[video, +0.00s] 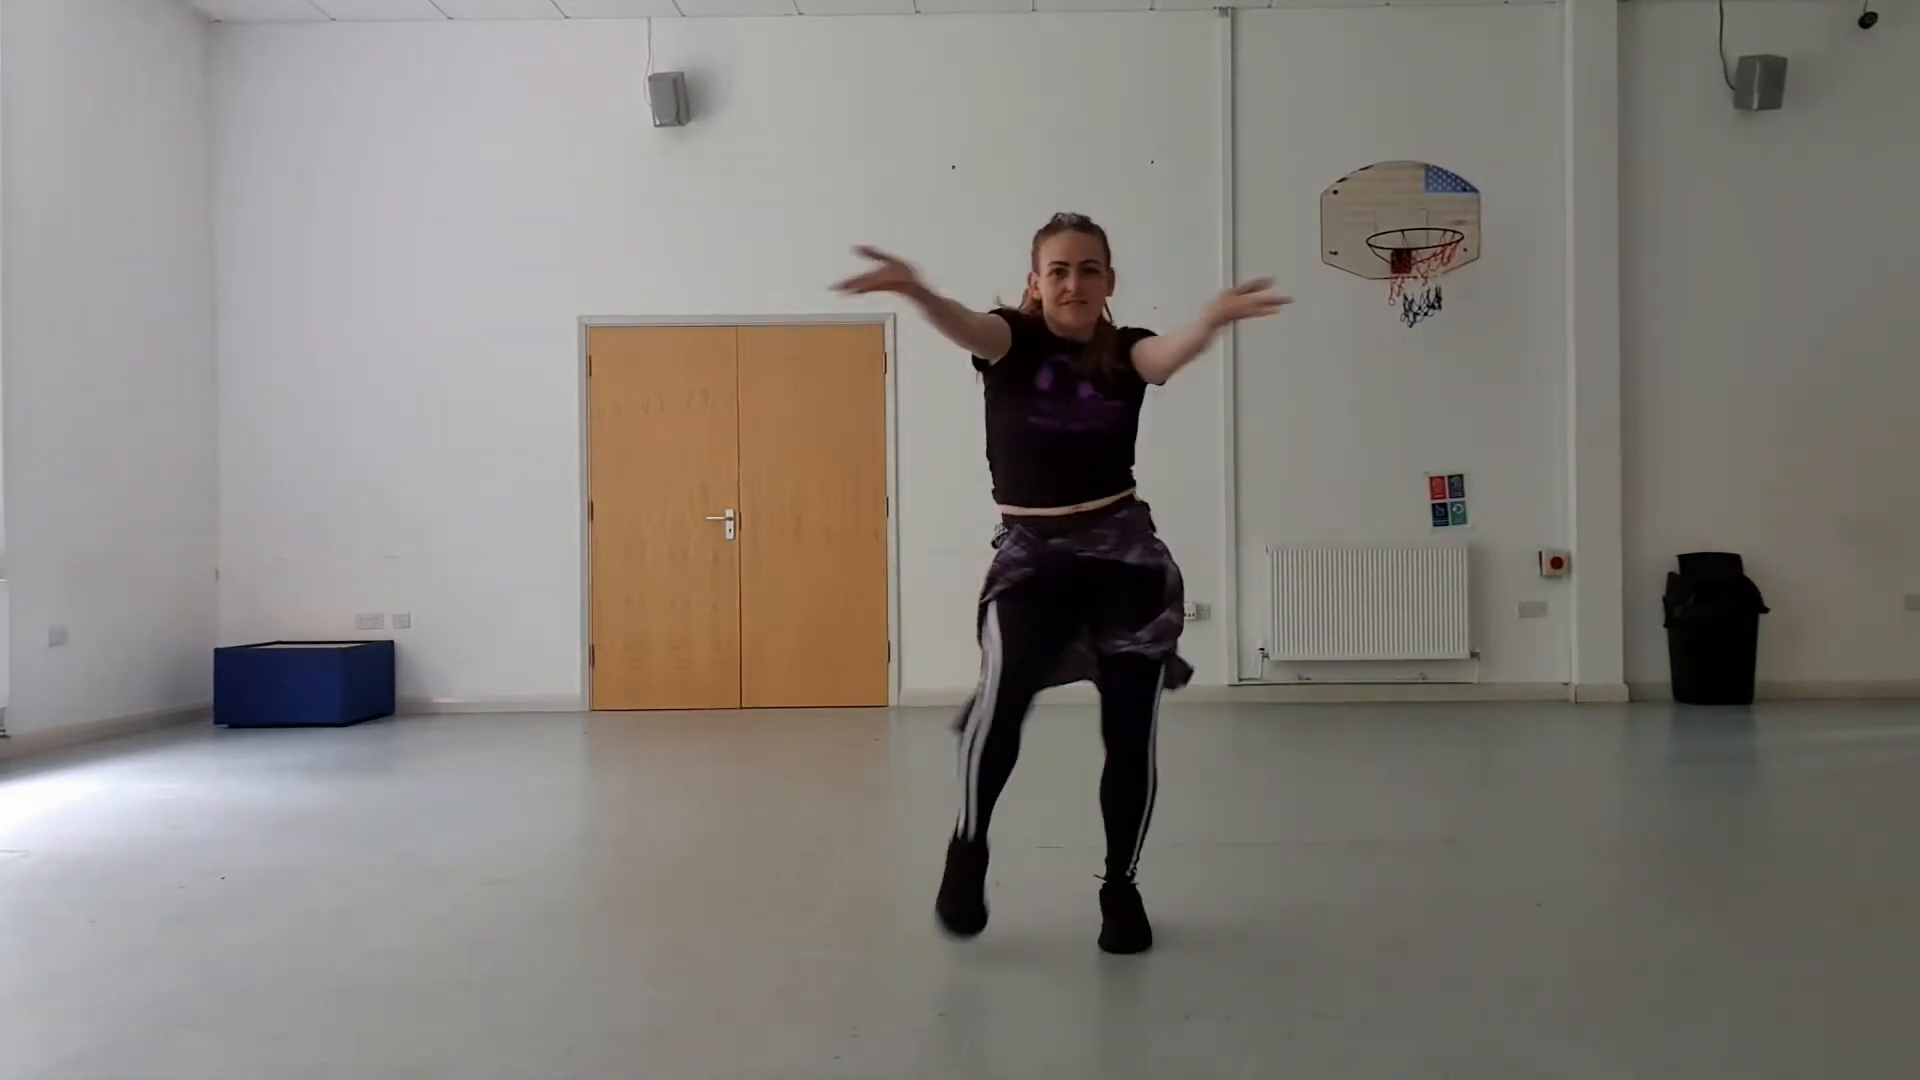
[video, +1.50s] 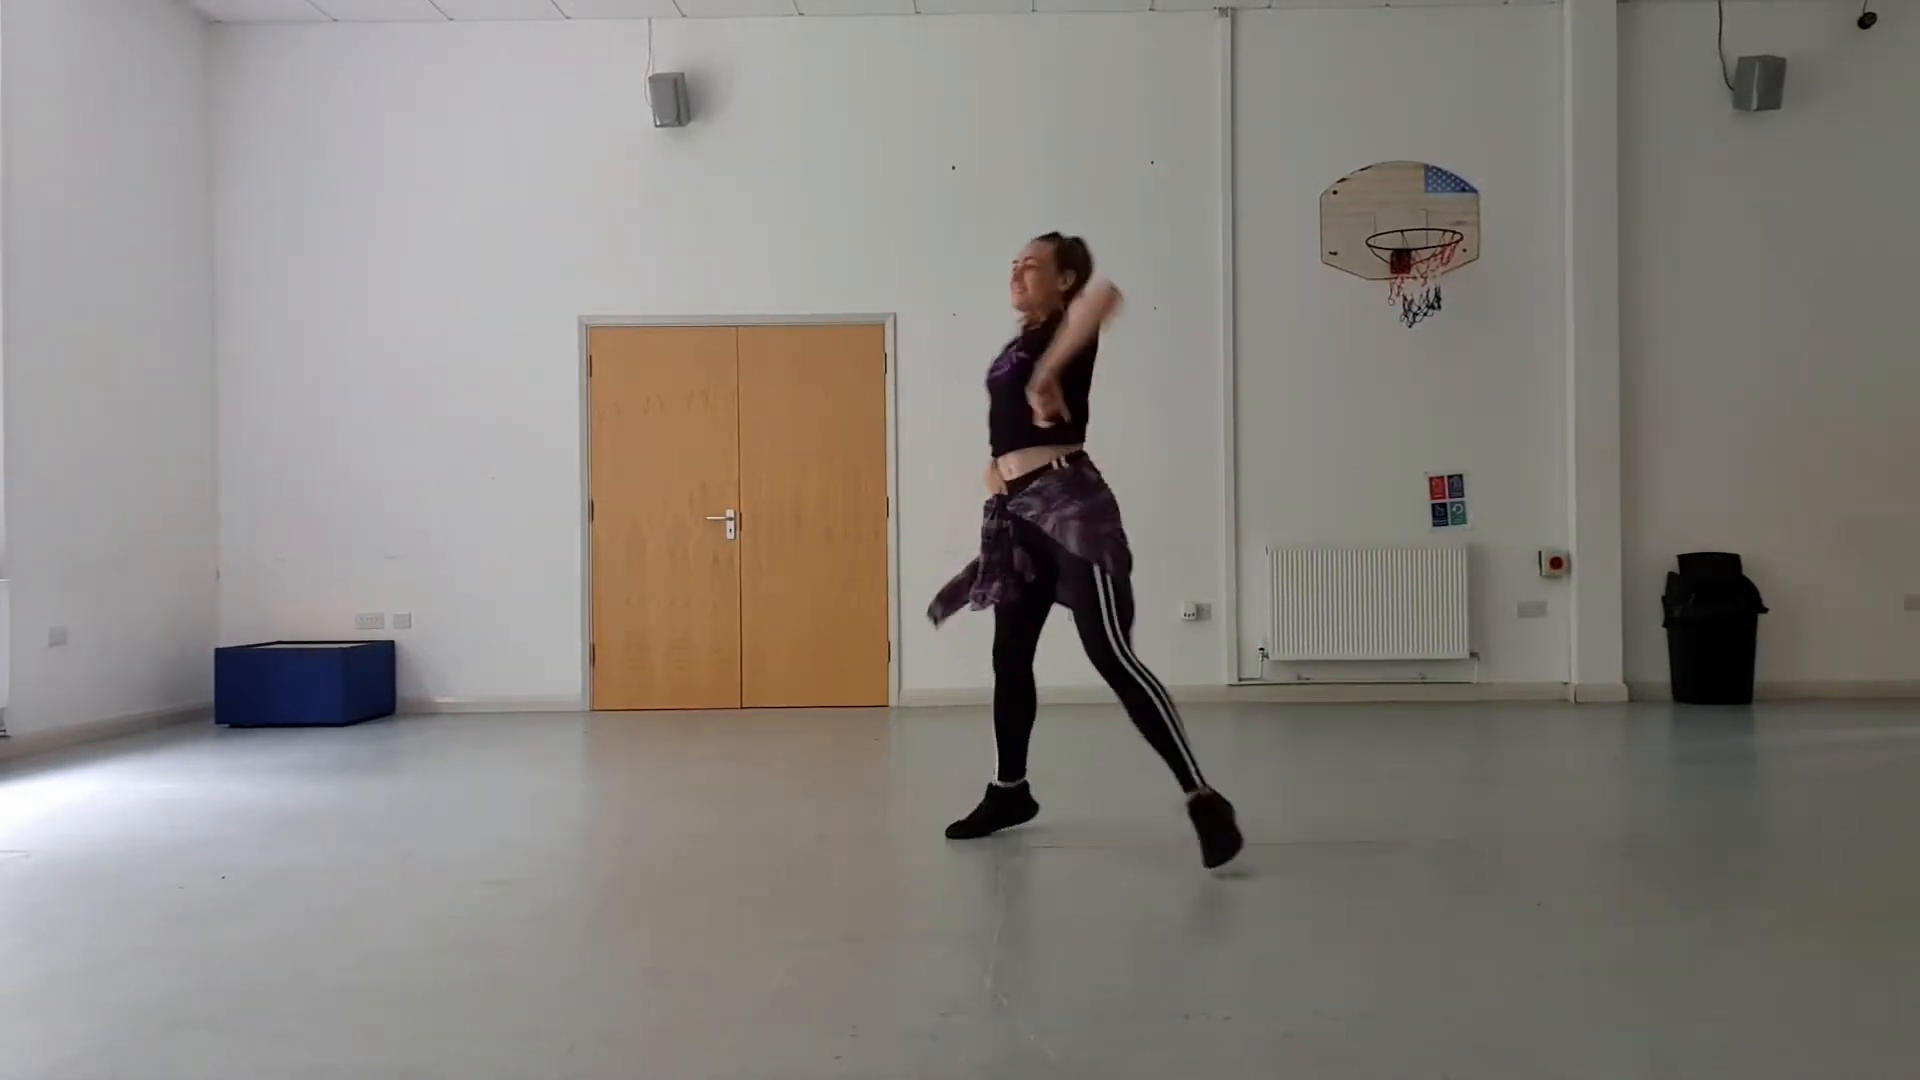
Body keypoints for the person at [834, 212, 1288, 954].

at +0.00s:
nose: (1074, 283)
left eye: (1089, 270)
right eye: (1059, 270)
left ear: (1109, 281)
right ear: (1034, 282)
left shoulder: (1126, 350)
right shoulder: (1008, 340)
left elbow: (1164, 358)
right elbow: (964, 326)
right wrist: (917, 291)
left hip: (1122, 552)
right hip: (1031, 554)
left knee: (1130, 731)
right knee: (1001, 694)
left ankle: (1121, 883)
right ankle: (968, 848)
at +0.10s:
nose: (1082, 284)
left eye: (1096, 271)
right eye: (1066, 273)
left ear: (1118, 282)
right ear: (1040, 286)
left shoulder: (1134, 359)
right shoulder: (1016, 339)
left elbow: (1219, 346)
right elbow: (934, 330)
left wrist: (1308, 311)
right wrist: (841, 300)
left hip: (1113, 550)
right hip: (1029, 556)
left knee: (1149, 712)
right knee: (1051, 731)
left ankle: (1125, 882)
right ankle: (985, 784)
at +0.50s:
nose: (1043, 272)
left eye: (1058, 260)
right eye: (1030, 261)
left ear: (1082, 272)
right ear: (1012, 277)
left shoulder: (1118, 346)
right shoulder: (988, 345)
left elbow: (1230, 356)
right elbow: (883, 357)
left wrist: (1328, 347)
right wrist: (786, 349)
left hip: (1078, 529)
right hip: (998, 526)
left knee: (1112, 680)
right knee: (1011, 684)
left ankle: (1099, 809)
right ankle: (1017, 843)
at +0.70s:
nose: (1036, 277)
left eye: (1050, 268)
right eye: (1024, 270)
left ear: (1072, 288)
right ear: (1009, 290)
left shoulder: (1099, 356)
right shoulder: (987, 357)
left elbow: (1189, 395)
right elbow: (895, 395)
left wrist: (1275, 410)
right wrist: (807, 411)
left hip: (1073, 534)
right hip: (1000, 533)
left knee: (1063, 692)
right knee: (1009, 689)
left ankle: (1064, 784)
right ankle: (1012, 842)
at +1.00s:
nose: (1043, 281)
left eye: (1055, 273)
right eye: (1031, 275)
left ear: (1074, 293)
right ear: (1014, 296)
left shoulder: (1094, 356)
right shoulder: (989, 358)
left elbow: (1143, 417)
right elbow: (932, 432)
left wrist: (1179, 467)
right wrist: (876, 500)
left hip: (1073, 524)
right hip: (1001, 523)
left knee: (1062, 670)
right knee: (988, 663)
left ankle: (1053, 797)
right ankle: (985, 780)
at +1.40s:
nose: (996, 285)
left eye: (1011, 279)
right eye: (993, 278)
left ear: (1044, 298)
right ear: (989, 297)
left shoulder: (1062, 354)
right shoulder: (978, 360)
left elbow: (1157, 379)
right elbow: (985, 426)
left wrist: (1084, 419)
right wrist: (972, 475)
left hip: (1066, 516)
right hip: (1004, 523)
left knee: (1092, 652)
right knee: (996, 665)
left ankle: (1146, 777)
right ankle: (1001, 793)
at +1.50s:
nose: (1014, 277)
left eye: (1028, 269)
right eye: (1014, 269)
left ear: (1064, 282)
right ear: (1017, 286)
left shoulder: (1068, 332)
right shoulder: (1016, 349)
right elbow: (1008, 450)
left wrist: (1046, 374)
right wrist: (997, 488)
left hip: (1072, 504)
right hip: (1019, 516)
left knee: (1111, 654)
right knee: (1010, 659)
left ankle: (1201, 798)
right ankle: (1010, 790)